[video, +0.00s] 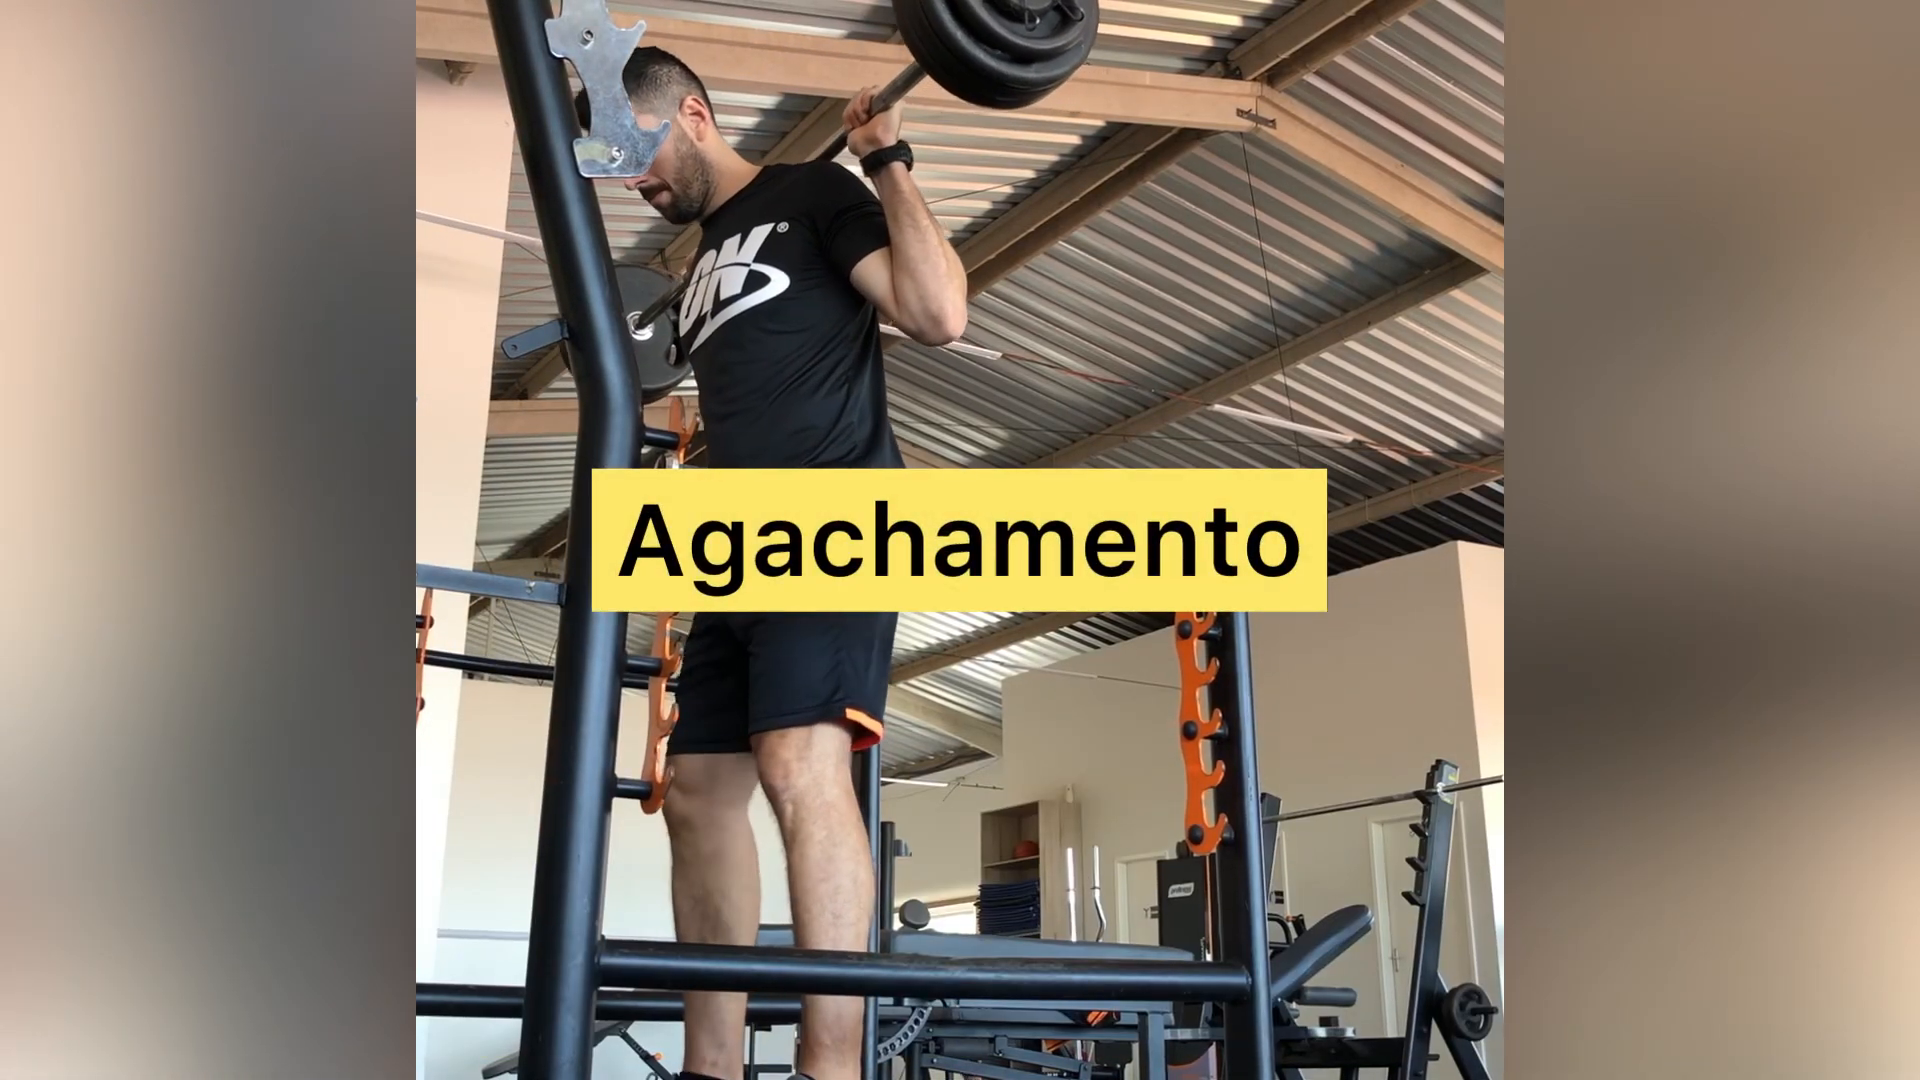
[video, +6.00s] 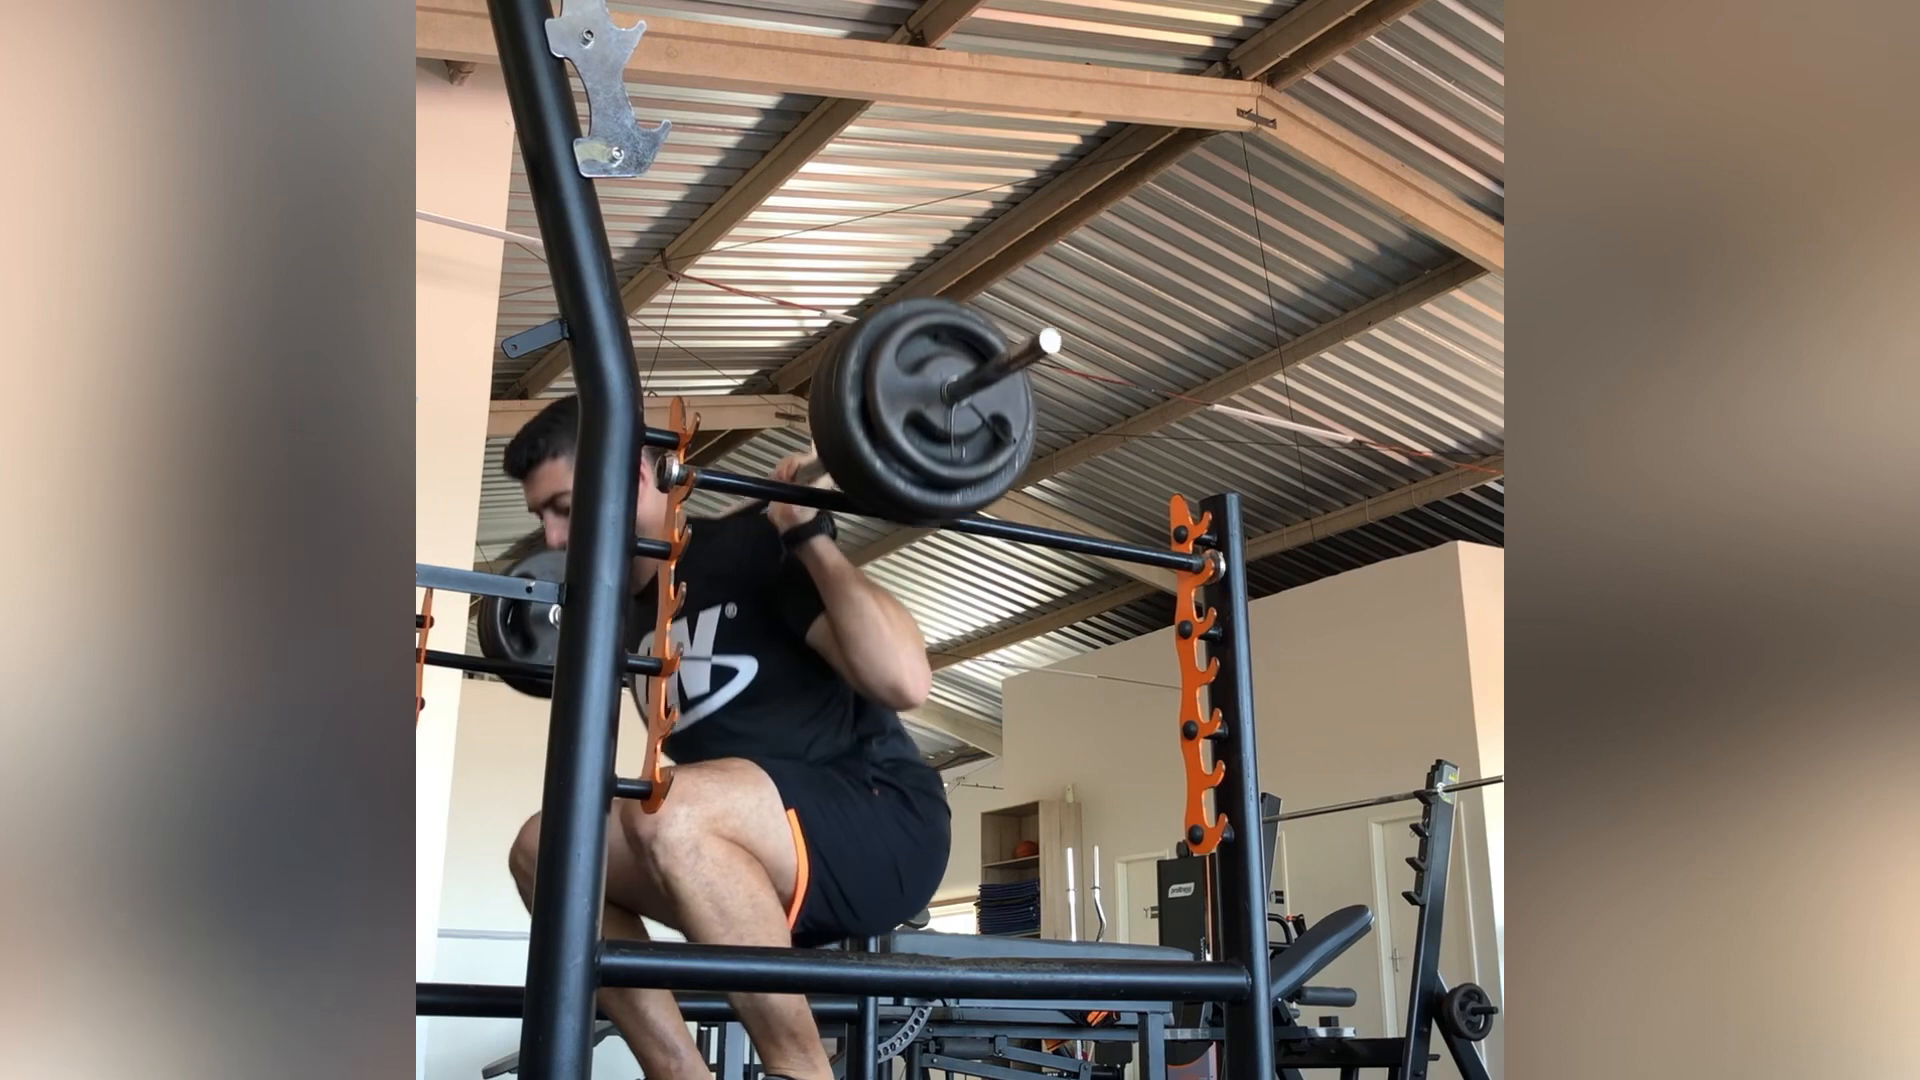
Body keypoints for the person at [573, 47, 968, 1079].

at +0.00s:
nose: (637, 177)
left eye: (643, 147)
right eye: (623, 161)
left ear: (697, 112)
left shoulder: (814, 192)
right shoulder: (698, 271)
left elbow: (941, 314)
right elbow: (717, 429)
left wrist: (891, 166)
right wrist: (680, 577)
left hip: (827, 526)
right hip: (731, 542)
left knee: (802, 763)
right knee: (699, 789)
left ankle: (834, 1065)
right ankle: (713, 1066)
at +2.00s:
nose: (622, 185)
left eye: (629, 156)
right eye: (608, 169)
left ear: (681, 118)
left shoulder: (789, 200)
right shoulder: (675, 263)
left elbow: (900, 334)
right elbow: (691, 420)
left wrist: (851, 181)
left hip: (787, 520)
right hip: (708, 536)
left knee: (771, 758)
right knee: (690, 792)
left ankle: (821, 1063)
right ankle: (708, 1065)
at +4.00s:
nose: (622, 186)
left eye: (630, 156)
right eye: (609, 170)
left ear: (684, 120)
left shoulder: (797, 197)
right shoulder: (688, 267)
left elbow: (925, 322)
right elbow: (720, 405)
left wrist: (867, 175)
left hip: (823, 517)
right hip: (734, 536)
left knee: (778, 755)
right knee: (692, 787)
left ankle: (826, 1065)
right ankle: (702, 1067)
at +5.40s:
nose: (590, 309)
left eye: (600, 283)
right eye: (582, 288)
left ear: (661, 267)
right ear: (642, 277)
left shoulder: (781, 341)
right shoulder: (661, 406)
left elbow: (914, 472)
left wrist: (837, 318)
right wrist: (621, 433)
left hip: (868, 634)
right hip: (763, 659)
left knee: (702, 789)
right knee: (587, 812)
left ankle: (816, 1068)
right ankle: (686, 1072)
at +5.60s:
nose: (570, 406)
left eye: (578, 376)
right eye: (557, 387)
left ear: (649, 350)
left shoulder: (766, 415)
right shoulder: (646, 487)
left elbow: (911, 550)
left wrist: (827, 407)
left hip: (882, 700)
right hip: (772, 721)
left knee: (690, 793)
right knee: (568, 833)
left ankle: (816, 1070)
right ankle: (685, 1074)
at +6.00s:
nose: (552, 537)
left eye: (566, 506)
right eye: (541, 517)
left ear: (644, 473)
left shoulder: (752, 544)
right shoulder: (625, 613)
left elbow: (905, 682)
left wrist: (810, 534)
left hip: (884, 820)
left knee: (676, 809)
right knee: (543, 848)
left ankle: (804, 1071)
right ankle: (680, 1074)